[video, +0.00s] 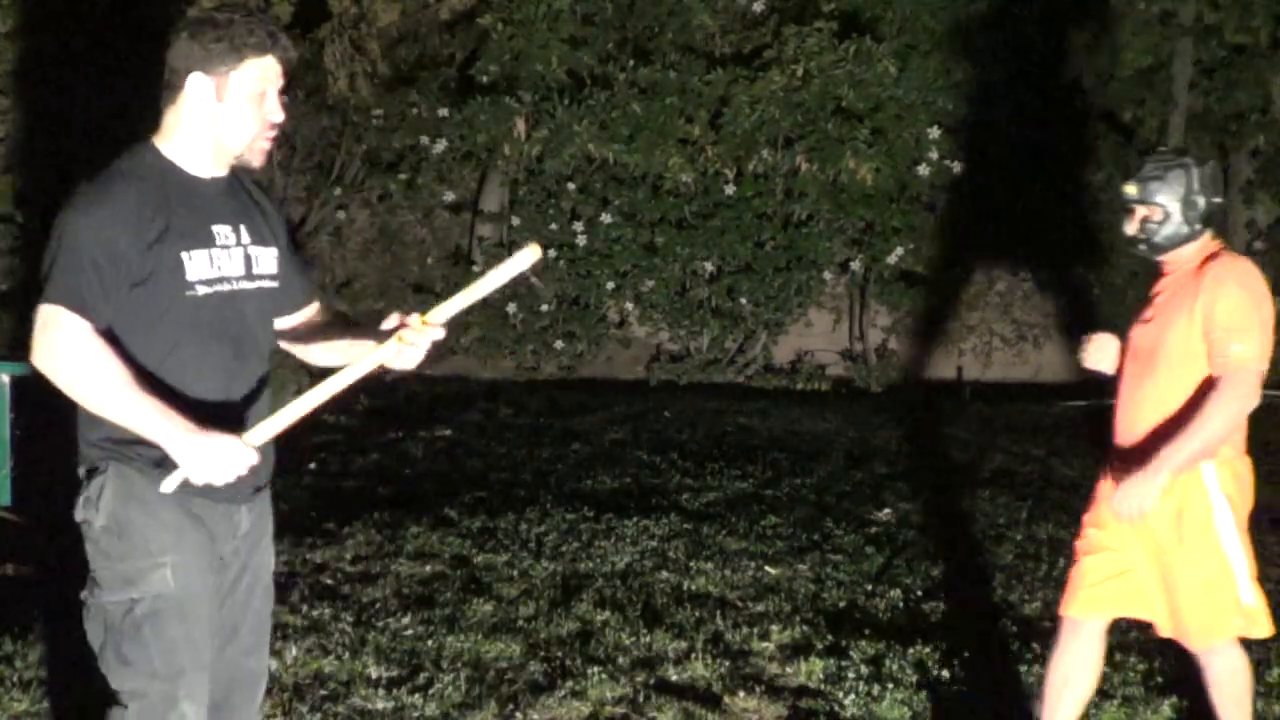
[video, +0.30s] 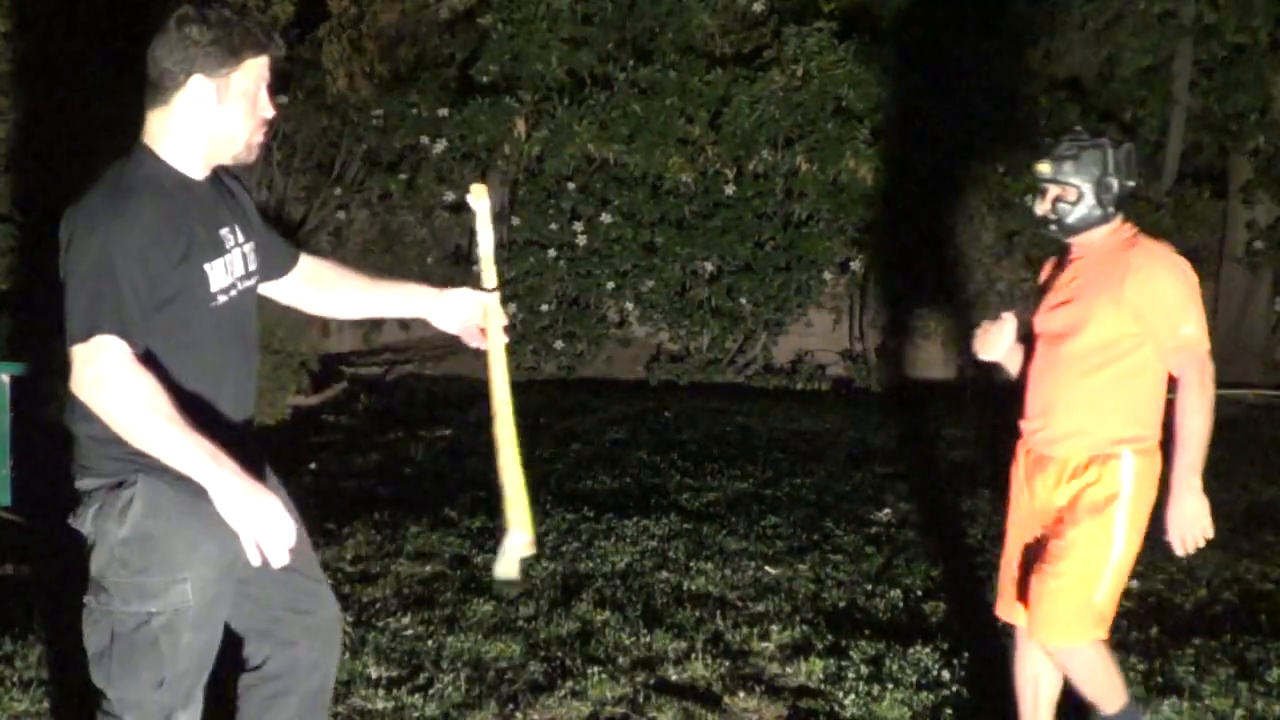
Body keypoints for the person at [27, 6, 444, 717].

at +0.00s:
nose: (281, 116)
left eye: (281, 95)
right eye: (267, 93)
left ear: (221, 95)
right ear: (206, 91)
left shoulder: (254, 209)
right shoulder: (114, 206)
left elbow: (304, 329)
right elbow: (57, 342)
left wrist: (377, 347)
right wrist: (183, 437)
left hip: (246, 493)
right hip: (146, 496)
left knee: (235, 706)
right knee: (165, 705)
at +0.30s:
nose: (273, 111)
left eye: (271, 89)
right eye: (262, 87)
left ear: (209, 92)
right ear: (203, 90)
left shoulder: (223, 201)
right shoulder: (112, 215)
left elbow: (302, 280)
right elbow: (99, 372)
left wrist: (434, 302)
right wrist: (227, 479)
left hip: (233, 472)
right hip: (144, 484)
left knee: (304, 632)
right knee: (155, 695)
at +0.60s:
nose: (318, 117)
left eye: (316, 97)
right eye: (307, 96)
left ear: (255, 101)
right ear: (252, 100)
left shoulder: (275, 210)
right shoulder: (168, 214)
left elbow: (359, 267)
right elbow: (119, 358)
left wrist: (493, 266)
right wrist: (216, 496)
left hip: (292, 517)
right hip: (199, 524)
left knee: (338, 701)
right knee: (170, 708)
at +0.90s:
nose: (409, 130)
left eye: (408, 111)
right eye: (400, 109)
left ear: (349, 110)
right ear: (347, 109)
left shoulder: (359, 210)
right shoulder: (261, 213)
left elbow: (434, 278)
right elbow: (215, 345)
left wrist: (563, 272)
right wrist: (278, 482)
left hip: (359, 504)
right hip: (280, 504)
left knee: (369, 678)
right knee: (253, 693)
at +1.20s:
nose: (435, 128)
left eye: (435, 110)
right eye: (423, 108)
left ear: (376, 108)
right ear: (371, 107)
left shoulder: (385, 211)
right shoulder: (289, 201)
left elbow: (464, 278)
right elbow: (252, 330)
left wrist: (589, 277)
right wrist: (359, 434)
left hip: (365, 471)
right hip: (295, 471)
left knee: (378, 661)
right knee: (306, 672)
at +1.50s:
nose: (399, 136)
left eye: (398, 118)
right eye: (386, 116)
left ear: (335, 120)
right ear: (332, 118)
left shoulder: (328, 215)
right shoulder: (262, 218)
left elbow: (347, 312)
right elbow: (299, 358)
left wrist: (427, 267)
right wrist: (417, 305)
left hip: (331, 478)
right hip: (260, 480)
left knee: (372, 649)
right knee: (268, 680)